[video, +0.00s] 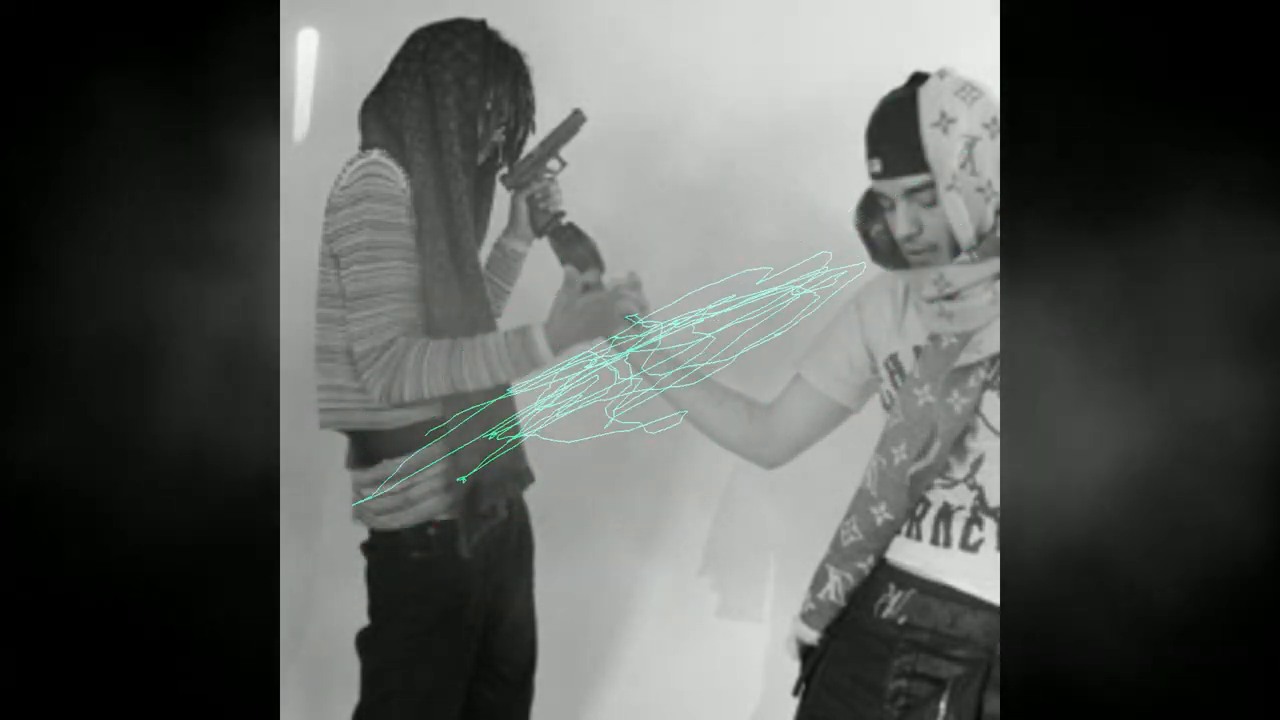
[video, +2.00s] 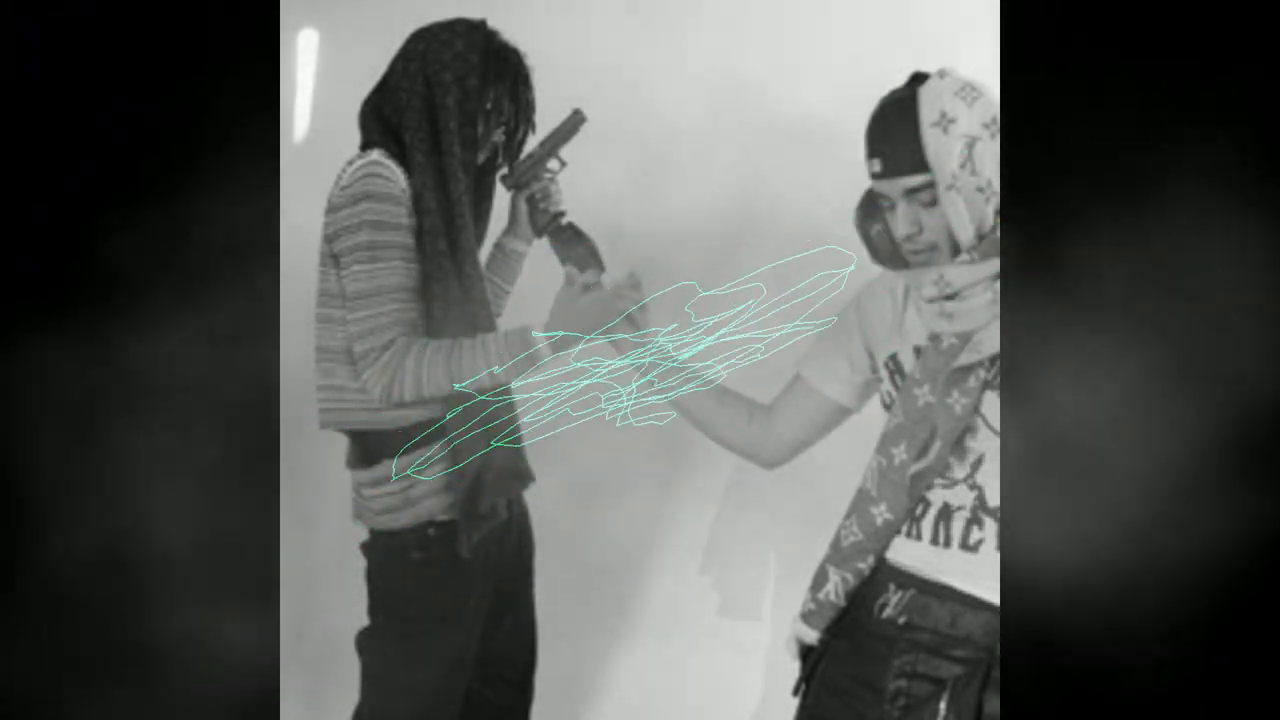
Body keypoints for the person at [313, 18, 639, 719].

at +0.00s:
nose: (498, 143)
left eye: (505, 124)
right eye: (493, 118)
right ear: (450, 105)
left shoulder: (426, 191)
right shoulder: (377, 182)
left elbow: (465, 327)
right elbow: (387, 369)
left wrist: (518, 233)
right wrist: (550, 339)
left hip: (487, 503)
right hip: (422, 522)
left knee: (500, 699)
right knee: (413, 704)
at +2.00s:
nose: (495, 142)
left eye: (502, 124)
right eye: (489, 119)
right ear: (446, 108)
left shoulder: (430, 191)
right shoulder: (377, 182)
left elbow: (464, 330)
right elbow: (388, 370)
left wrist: (518, 234)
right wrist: (555, 337)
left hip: (486, 498)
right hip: (420, 514)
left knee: (500, 697)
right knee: (411, 703)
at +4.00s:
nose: (499, 147)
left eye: (506, 129)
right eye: (493, 124)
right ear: (450, 110)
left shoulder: (425, 192)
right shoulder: (377, 183)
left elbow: (462, 329)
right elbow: (388, 369)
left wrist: (519, 234)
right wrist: (550, 338)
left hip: (486, 493)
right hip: (423, 510)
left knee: (500, 695)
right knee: (413, 702)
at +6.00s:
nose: (497, 144)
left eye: (504, 126)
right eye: (492, 119)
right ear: (448, 108)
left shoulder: (427, 191)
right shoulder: (377, 182)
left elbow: (463, 330)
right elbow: (387, 370)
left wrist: (519, 234)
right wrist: (550, 338)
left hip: (486, 493)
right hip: (420, 509)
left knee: (500, 701)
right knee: (411, 705)